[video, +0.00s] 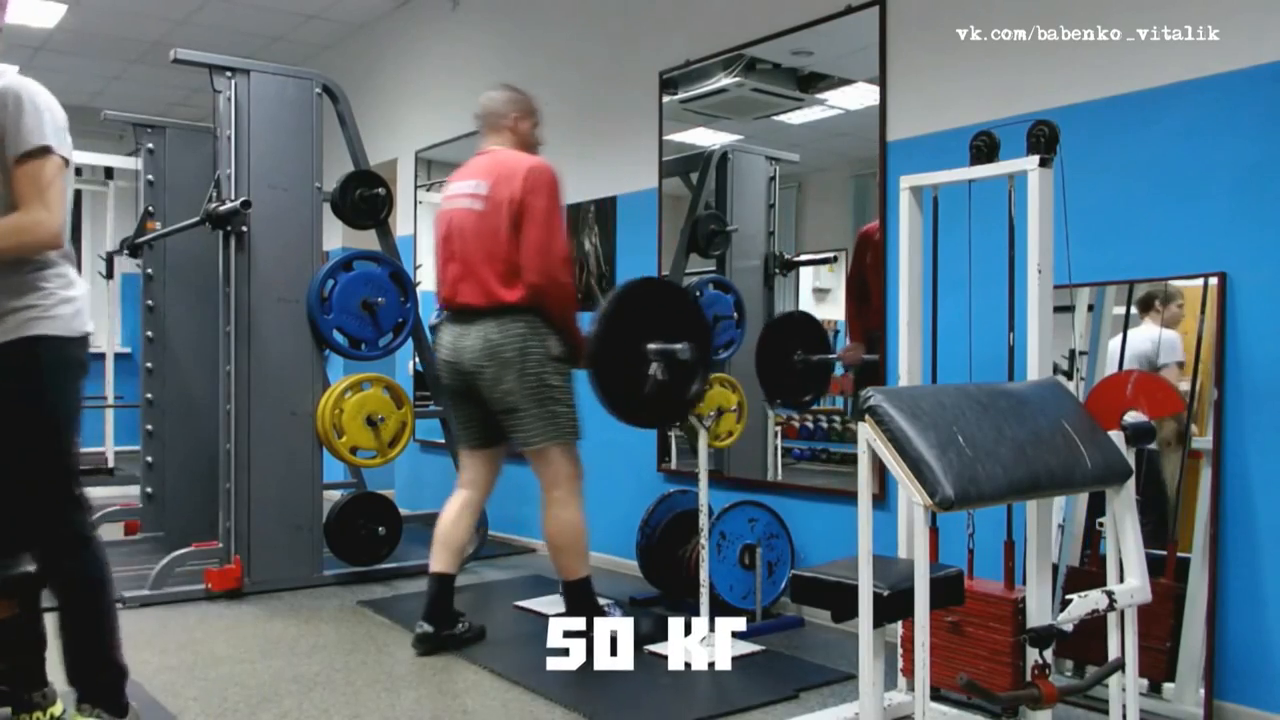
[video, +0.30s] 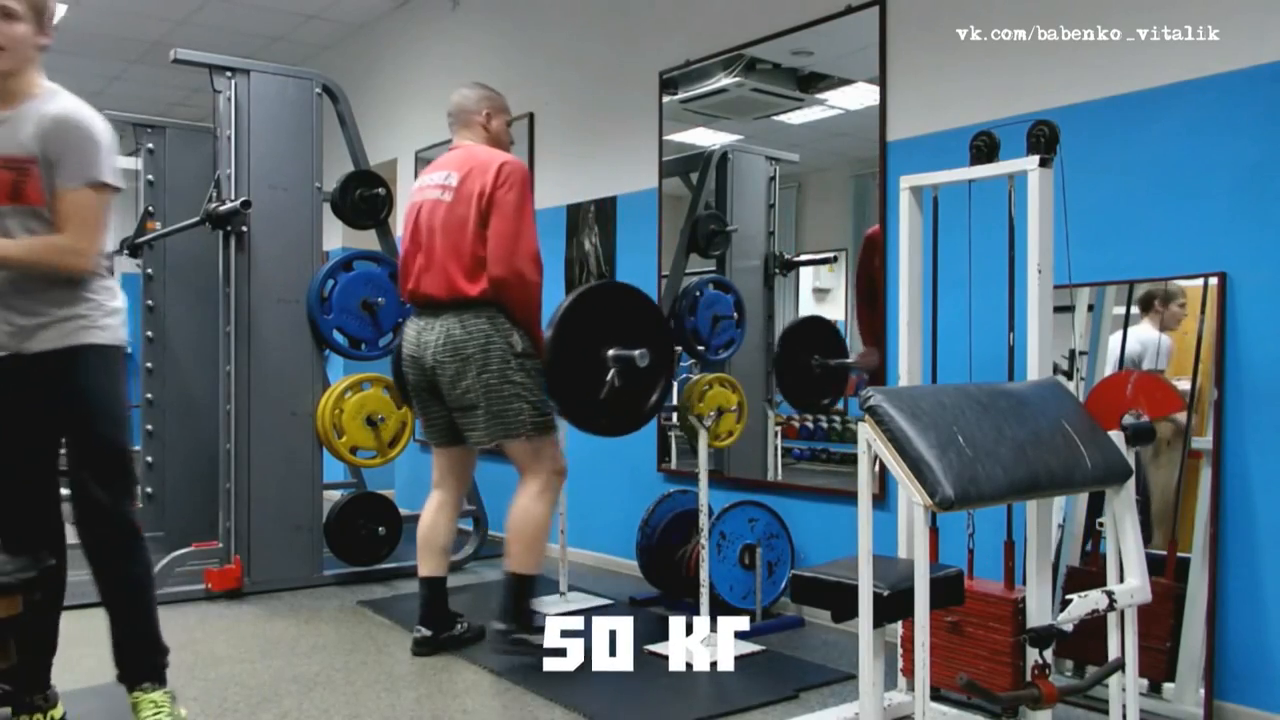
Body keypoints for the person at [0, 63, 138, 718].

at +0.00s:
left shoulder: (19, 94)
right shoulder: (21, 98)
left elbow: (44, 225)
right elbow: (41, 224)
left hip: (37, 328)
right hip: (10, 336)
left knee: (53, 516)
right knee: (6, 529)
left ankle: (103, 700)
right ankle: (24, 693)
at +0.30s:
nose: (1, 26)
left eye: (14, 15)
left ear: (45, 32)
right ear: (1, 28)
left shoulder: (71, 123)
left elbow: (80, 252)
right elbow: (65, 249)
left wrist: (5, 246)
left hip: (82, 339)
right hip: (13, 347)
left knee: (107, 511)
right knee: (23, 528)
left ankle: (148, 683)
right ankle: (29, 698)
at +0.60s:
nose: (54, 13)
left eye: (74, 2)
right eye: (48, 2)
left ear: (114, 20)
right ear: (39, 15)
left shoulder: (145, 115)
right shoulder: (25, 113)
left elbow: (197, 237)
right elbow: (10, 213)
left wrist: (66, 265)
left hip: (146, 346)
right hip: (67, 347)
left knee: (155, 517)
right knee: (73, 501)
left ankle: (164, 685)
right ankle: (94, 647)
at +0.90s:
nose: (77, 12)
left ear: (128, 10)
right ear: (53, 13)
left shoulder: (169, 96)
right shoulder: (34, 114)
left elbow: (250, 210)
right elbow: (11, 212)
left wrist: (128, 242)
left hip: (179, 346)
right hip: (85, 351)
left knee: (183, 525)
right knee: (101, 518)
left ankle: (177, 687)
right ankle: (179, 586)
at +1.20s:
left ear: (117, 0)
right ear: (43, 2)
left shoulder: (170, 87)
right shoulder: (12, 93)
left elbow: (234, 224)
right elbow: (8, 229)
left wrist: (98, 243)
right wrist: (7, 308)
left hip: (161, 350)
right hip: (46, 355)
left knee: (172, 528)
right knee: (32, 543)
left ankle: (176, 687)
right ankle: (33, 708)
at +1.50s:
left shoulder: (160, 41)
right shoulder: (4, 35)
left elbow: (231, 189)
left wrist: (136, 231)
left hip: (139, 333)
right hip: (13, 346)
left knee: (185, 571)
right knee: (17, 586)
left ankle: (169, 712)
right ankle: (31, 711)